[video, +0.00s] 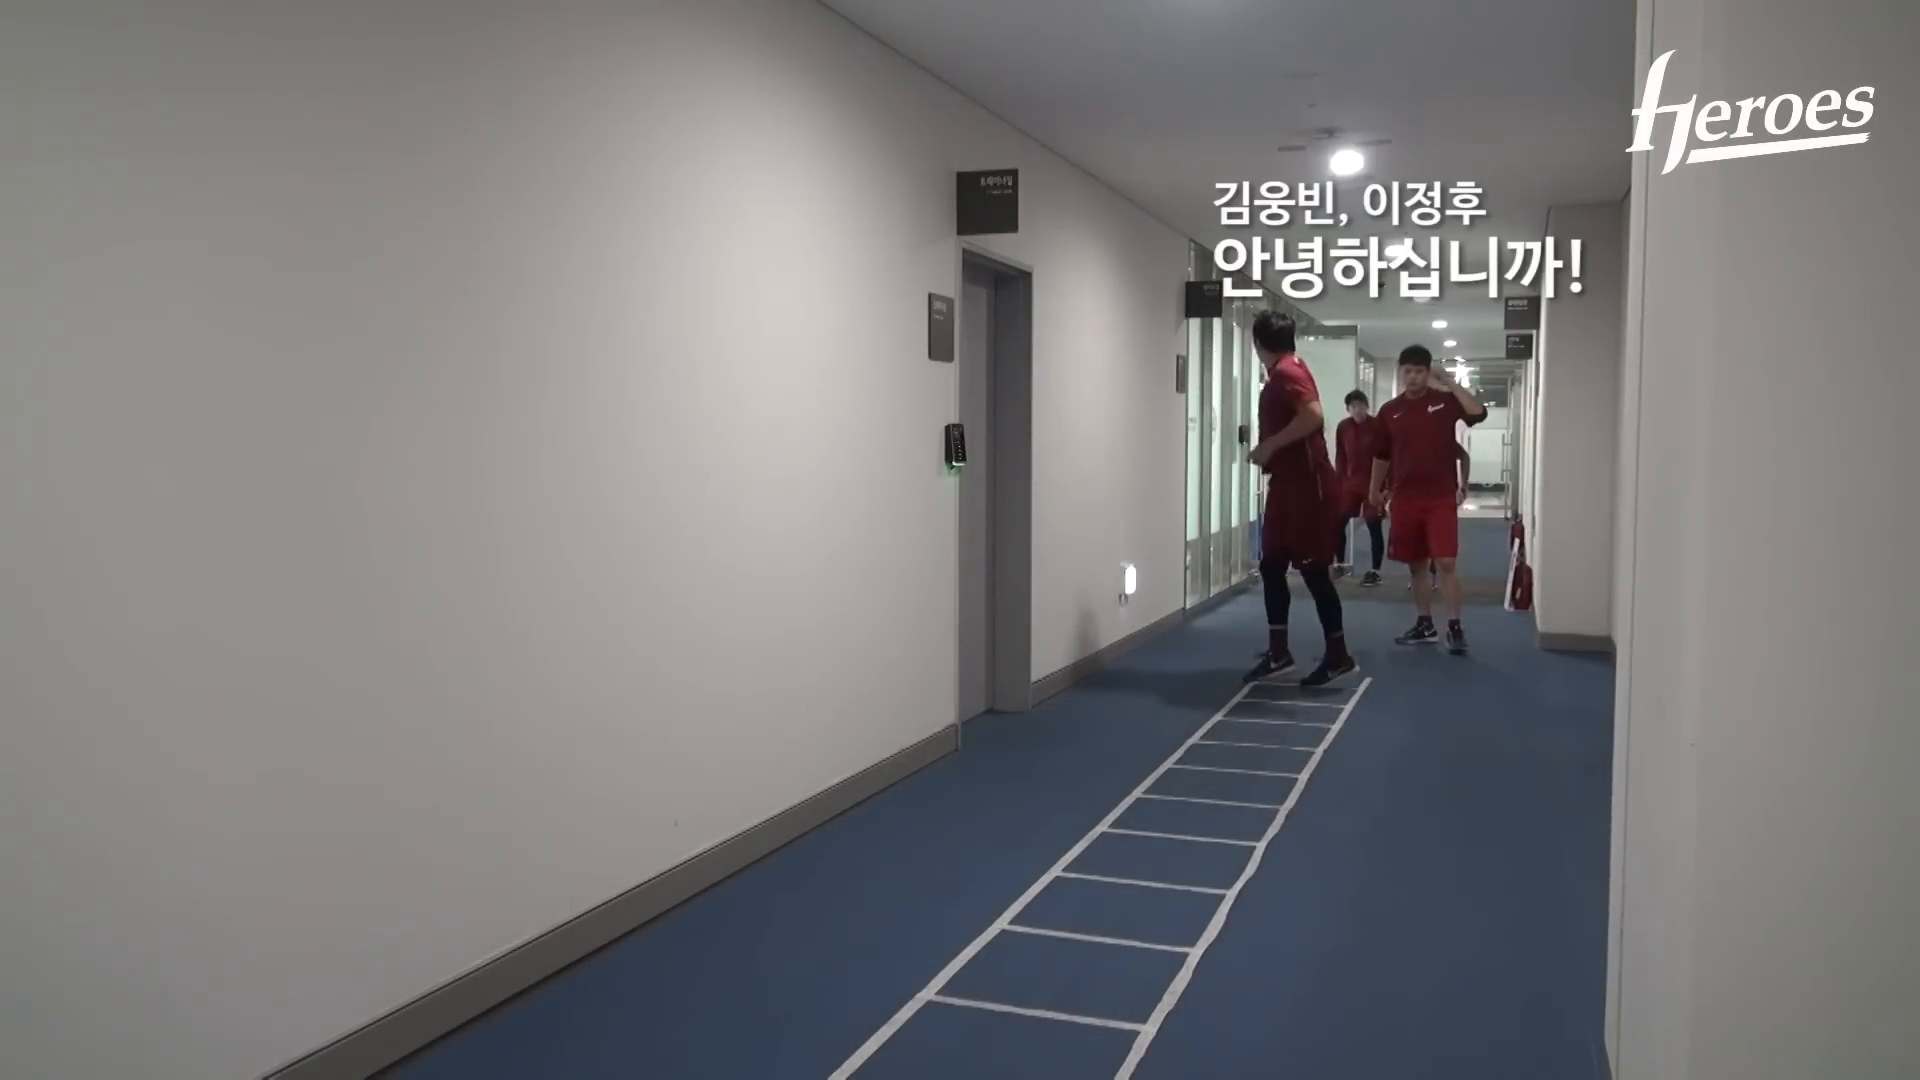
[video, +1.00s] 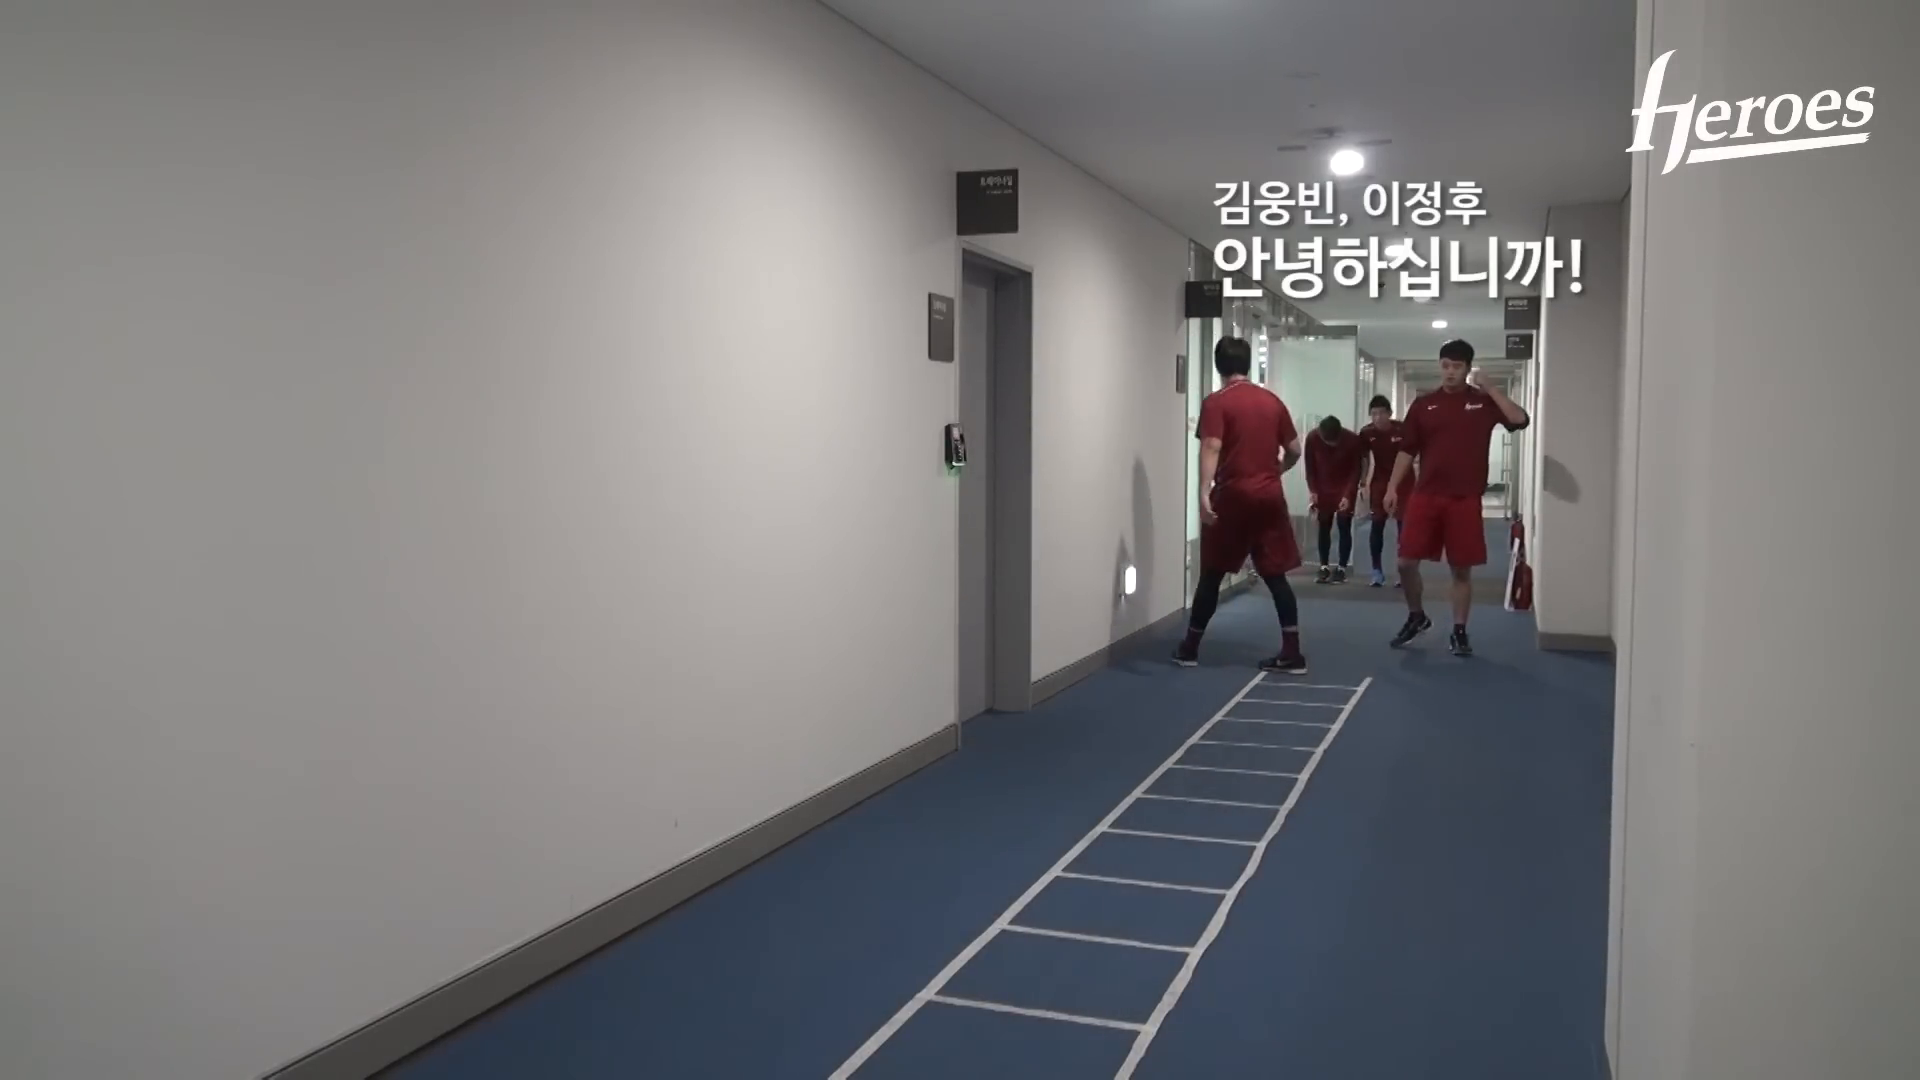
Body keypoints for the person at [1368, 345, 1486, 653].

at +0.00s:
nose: (1413, 377)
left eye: (1419, 371)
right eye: (1408, 371)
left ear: (1429, 373)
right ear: (1399, 373)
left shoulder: (1446, 401)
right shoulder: (1389, 411)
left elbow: (1477, 414)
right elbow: (1382, 454)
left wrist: (1449, 382)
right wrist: (1374, 490)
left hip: (1441, 497)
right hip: (1406, 499)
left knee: (1445, 563)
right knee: (1417, 565)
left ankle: (1455, 627)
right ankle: (1424, 623)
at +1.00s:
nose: (1450, 371)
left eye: (1456, 366)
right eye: (1445, 365)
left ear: (1468, 369)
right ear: (1439, 367)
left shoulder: (1485, 402)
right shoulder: (1423, 404)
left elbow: (1520, 420)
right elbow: (1407, 450)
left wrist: (1489, 387)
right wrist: (1392, 486)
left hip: (1465, 499)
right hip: (1425, 496)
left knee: (1461, 570)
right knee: (1406, 561)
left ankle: (1460, 631)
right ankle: (1416, 617)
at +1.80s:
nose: (1391, 375)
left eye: (1397, 369)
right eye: (1386, 370)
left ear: (1407, 370)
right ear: (1379, 373)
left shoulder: (1429, 405)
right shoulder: (1368, 408)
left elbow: (1443, 449)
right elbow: (1349, 454)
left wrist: (1450, 487)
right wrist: (1331, 492)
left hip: (1415, 499)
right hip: (1375, 499)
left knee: (1422, 571)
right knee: (1378, 570)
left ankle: (1439, 624)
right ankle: (1380, 634)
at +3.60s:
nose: (1364, 376)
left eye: (1369, 369)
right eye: (1362, 370)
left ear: (1389, 367)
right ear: (1369, 372)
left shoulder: (1413, 403)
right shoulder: (1368, 405)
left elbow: (1424, 455)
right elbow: (1363, 452)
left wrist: (1424, 501)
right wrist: (1356, 491)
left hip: (1398, 500)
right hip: (1364, 499)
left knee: (1398, 572)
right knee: (1361, 570)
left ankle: (1404, 643)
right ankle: (1365, 633)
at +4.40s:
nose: (1320, 379)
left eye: (1323, 373)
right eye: (1319, 374)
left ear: (1340, 369)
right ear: (1333, 371)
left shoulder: (1373, 404)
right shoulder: (1325, 407)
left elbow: (1385, 453)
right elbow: (1318, 453)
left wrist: (1387, 496)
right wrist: (1304, 490)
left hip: (1361, 499)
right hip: (1331, 500)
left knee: (1334, 564)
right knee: (1351, 570)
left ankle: (1338, 635)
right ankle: (1365, 633)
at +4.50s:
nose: (1312, 381)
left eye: (1315, 374)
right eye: (1311, 375)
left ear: (1331, 370)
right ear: (1327, 372)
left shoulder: (1367, 406)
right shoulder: (1321, 409)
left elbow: (1382, 453)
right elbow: (1316, 453)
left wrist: (1389, 496)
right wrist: (1304, 488)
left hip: (1355, 501)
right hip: (1327, 502)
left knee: (1328, 568)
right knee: (1347, 569)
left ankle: (1318, 636)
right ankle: (1365, 634)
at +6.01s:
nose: (1316, 377)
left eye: (1323, 371)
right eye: (1311, 370)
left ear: (1332, 373)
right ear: (1303, 371)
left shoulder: (1345, 408)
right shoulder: (1282, 405)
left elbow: (1363, 451)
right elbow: (1267, 448)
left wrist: (1368, 493)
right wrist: (1281, 486)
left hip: (1320, 502)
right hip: (1282, 497)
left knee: (1316, 571)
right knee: (1277, 566)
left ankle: (1319, 637)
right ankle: (1280, 621)